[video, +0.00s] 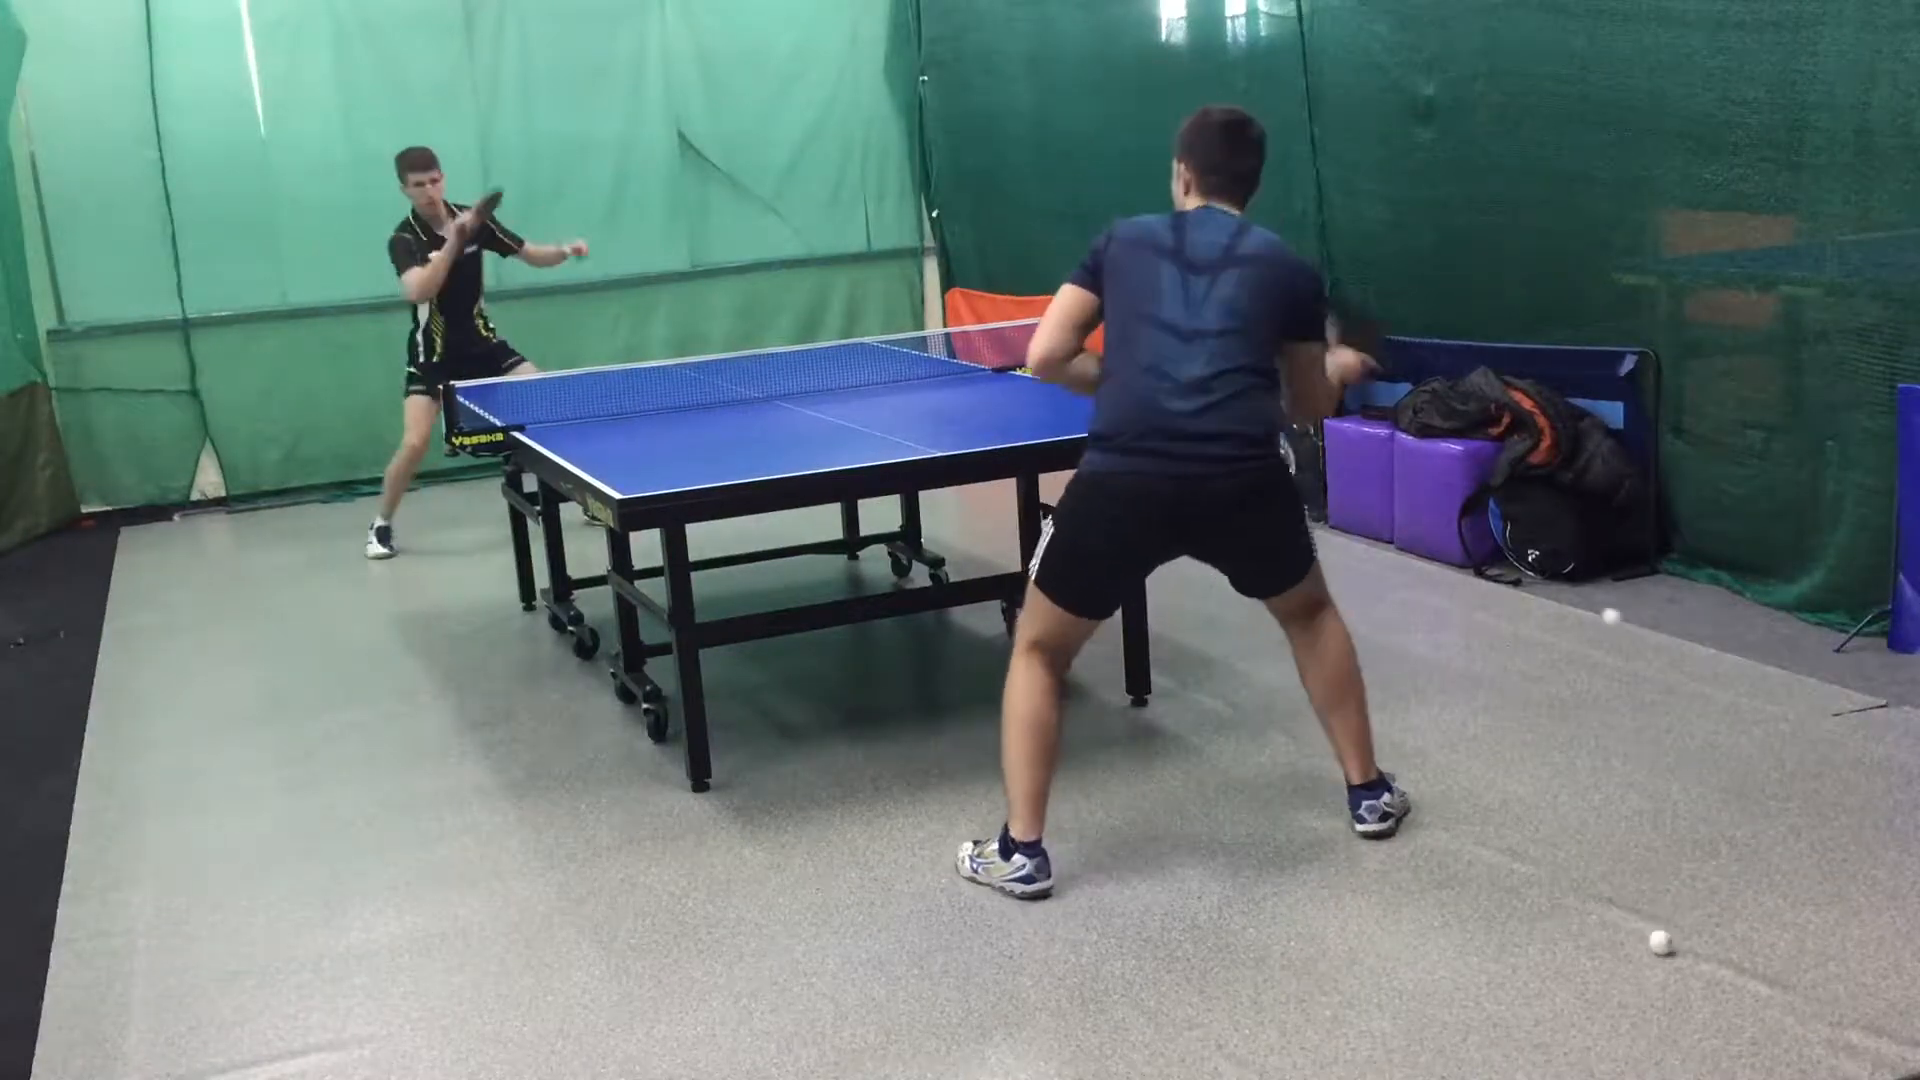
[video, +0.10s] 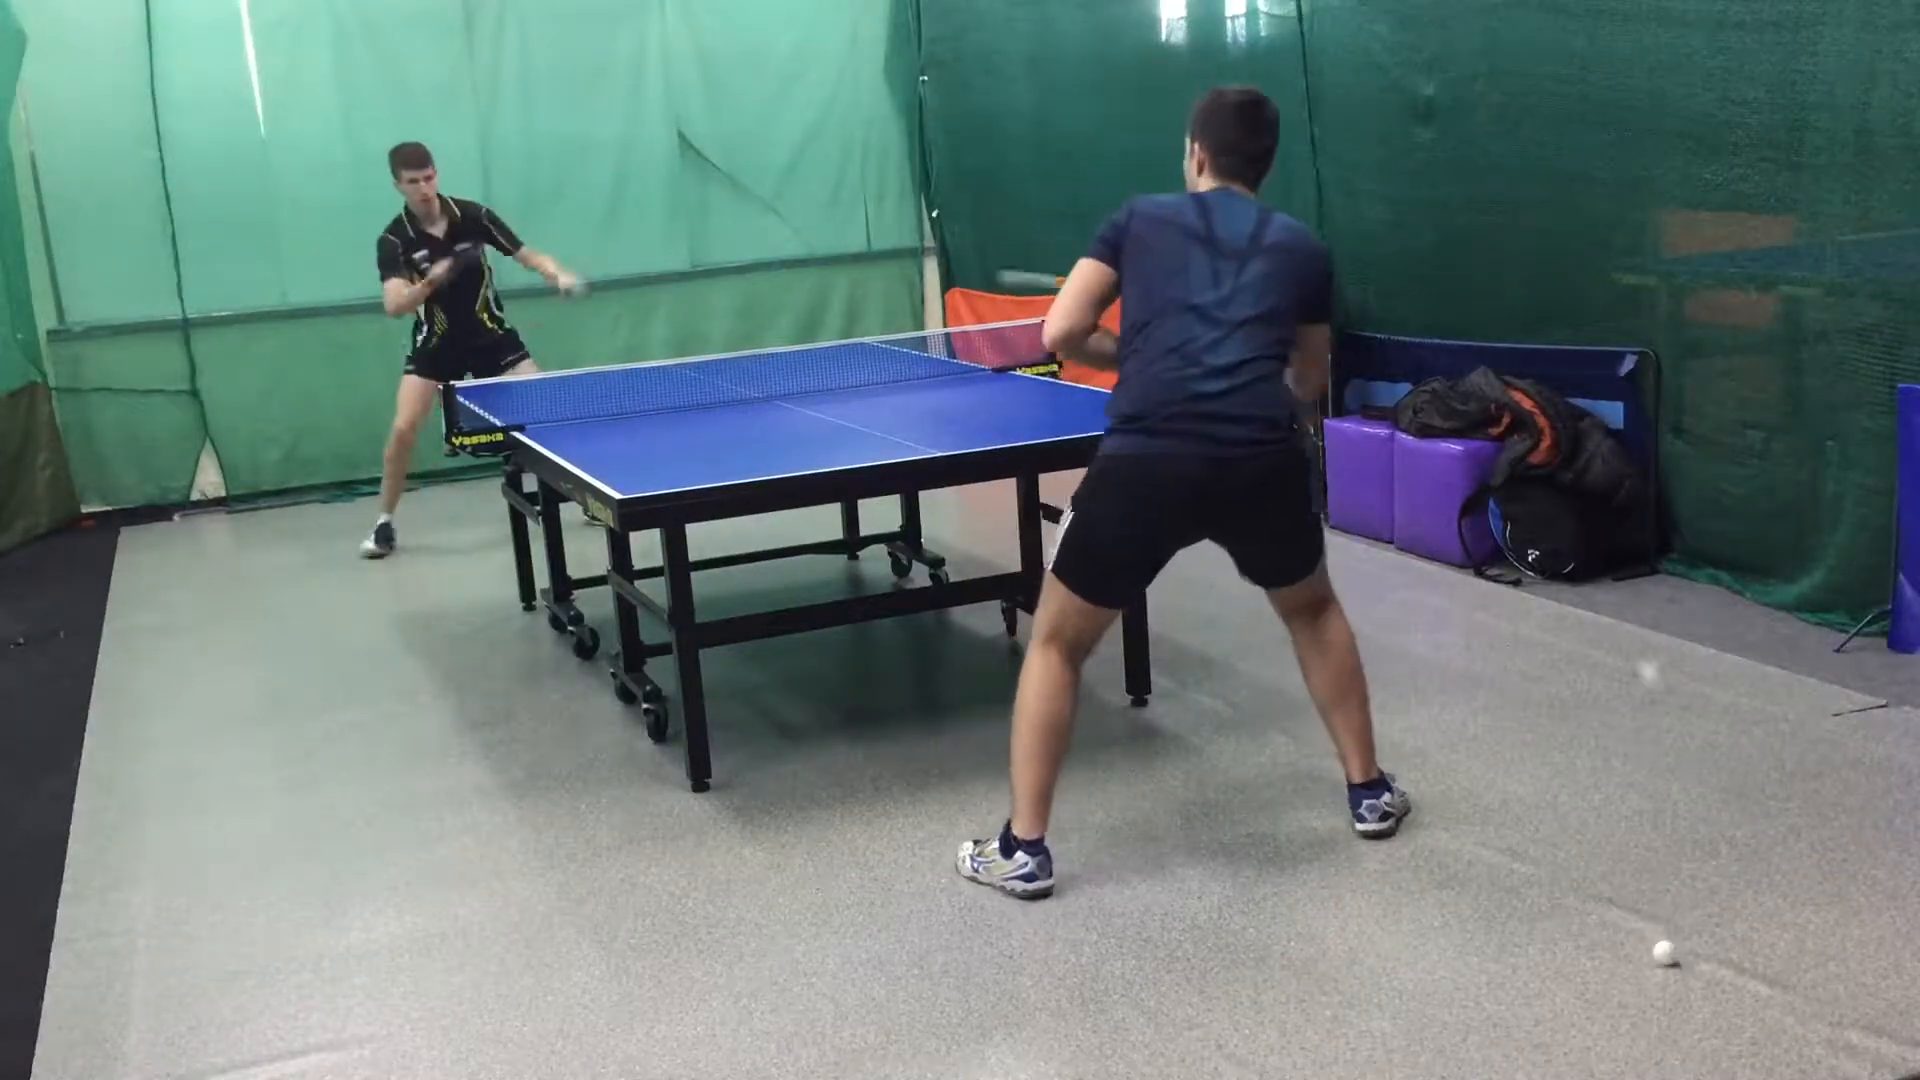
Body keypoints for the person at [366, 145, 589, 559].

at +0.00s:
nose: (431, 190)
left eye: (435, 181)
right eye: (420, 184)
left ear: (443, 179)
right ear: (405, 189)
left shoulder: (473, 219)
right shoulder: (405, 238)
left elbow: (529, 254)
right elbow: (418, 290)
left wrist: (563, 251)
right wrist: (452, 244)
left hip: (482, 342)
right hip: (432, 353)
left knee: (550, 396)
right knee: (416, 443)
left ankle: (589, 493)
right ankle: (382, 524)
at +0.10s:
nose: (426, 188)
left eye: (429, 178)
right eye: (415, 182)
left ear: (437, 174)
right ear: (399, 185)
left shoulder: (474, 216)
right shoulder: (395, 239)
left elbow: (526, 255)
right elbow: (393, 304)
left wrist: (555, 273)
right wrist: (429, 282)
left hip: (489, 334)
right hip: (435, 342)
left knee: (548, 400)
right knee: (403, 428)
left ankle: (591, 495)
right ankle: (384, 522)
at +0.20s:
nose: (408, 194)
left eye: (412, 184)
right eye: (397, 188)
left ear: (421, 179)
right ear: (382, 190)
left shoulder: (454, 219)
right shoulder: (381, 242)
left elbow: (505, 272)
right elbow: (380, 304)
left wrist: (514, 310)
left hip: (485, 323)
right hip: (436, 332)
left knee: (541, 396)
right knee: (400, 422)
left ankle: (566, 480)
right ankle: (406, 516)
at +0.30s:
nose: (392, 217)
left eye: (396, 207)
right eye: (381, 210)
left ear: (404, 200)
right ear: (366, 211)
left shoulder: (441, 241)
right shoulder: (373, 259)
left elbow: (467, 310)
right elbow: (376, 332)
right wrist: (348, 363)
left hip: (486, 329)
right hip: (436, 336)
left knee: (537, 407)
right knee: (401, 424)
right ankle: (408, 518)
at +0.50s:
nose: (389, 215)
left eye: (395, 204)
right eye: (380, 207)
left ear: (410, 197)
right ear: (373, 207)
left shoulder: (445, 231)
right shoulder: (394, 253)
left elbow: (499, 273)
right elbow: (399, 322)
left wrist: (470, 297)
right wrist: (351, 339)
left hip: (500, 336)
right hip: (449, 341)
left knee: (536, 419)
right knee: (407, 424)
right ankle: (410, 518)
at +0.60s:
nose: (416, 187)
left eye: (420, 176)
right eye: (408, 180)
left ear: (437, 170)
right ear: (403, 184)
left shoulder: (484, 205)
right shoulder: (410, 229)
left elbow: (544, 242)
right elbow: (408, 288)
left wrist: (512, 239)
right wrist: (415, 276)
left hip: (511, 332)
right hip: (456, 343)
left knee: (559, 406)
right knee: (427, 431)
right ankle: (414, 517)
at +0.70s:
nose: (445, 175)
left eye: (450, 166)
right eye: (436, 169)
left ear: (464, 162)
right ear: (428, 174)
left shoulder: (501, 203)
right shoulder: (433, 214)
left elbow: (564, 240)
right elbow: (467, 233)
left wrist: (581, 224)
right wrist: (497, 190)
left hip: (521, 337)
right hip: (472, 350)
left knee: (580, 396)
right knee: (454, 441)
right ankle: (413, 517)